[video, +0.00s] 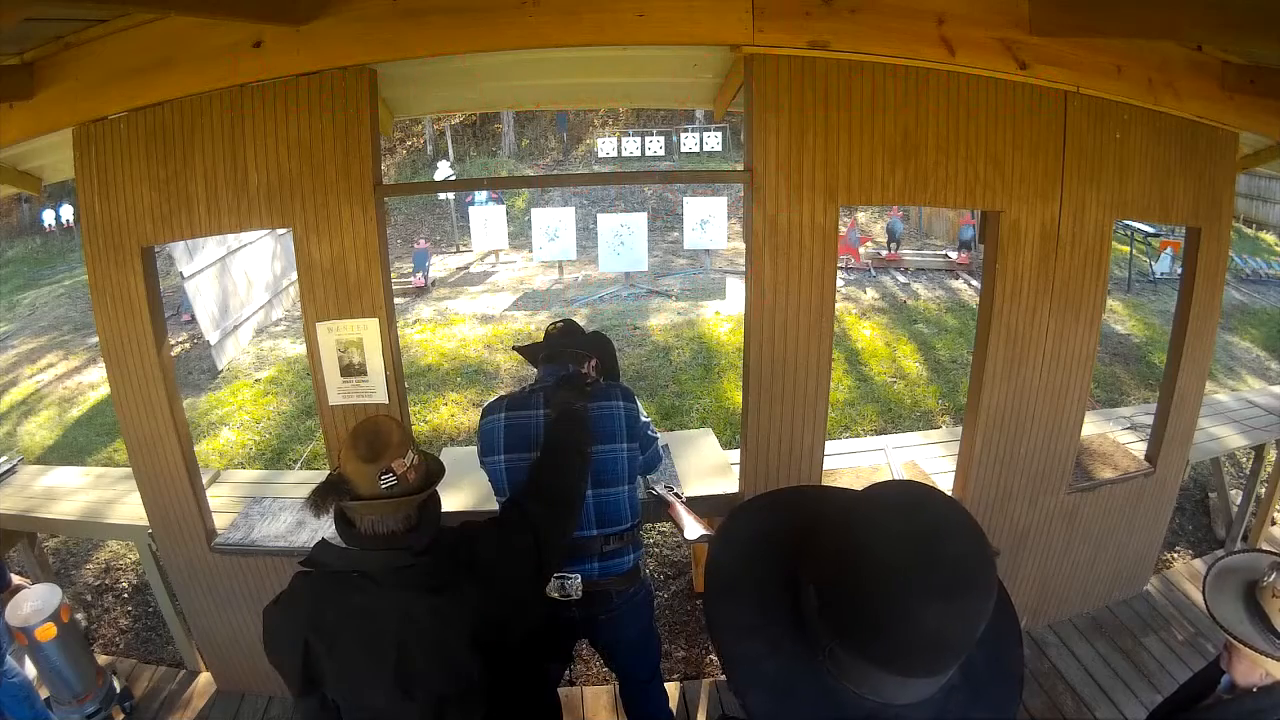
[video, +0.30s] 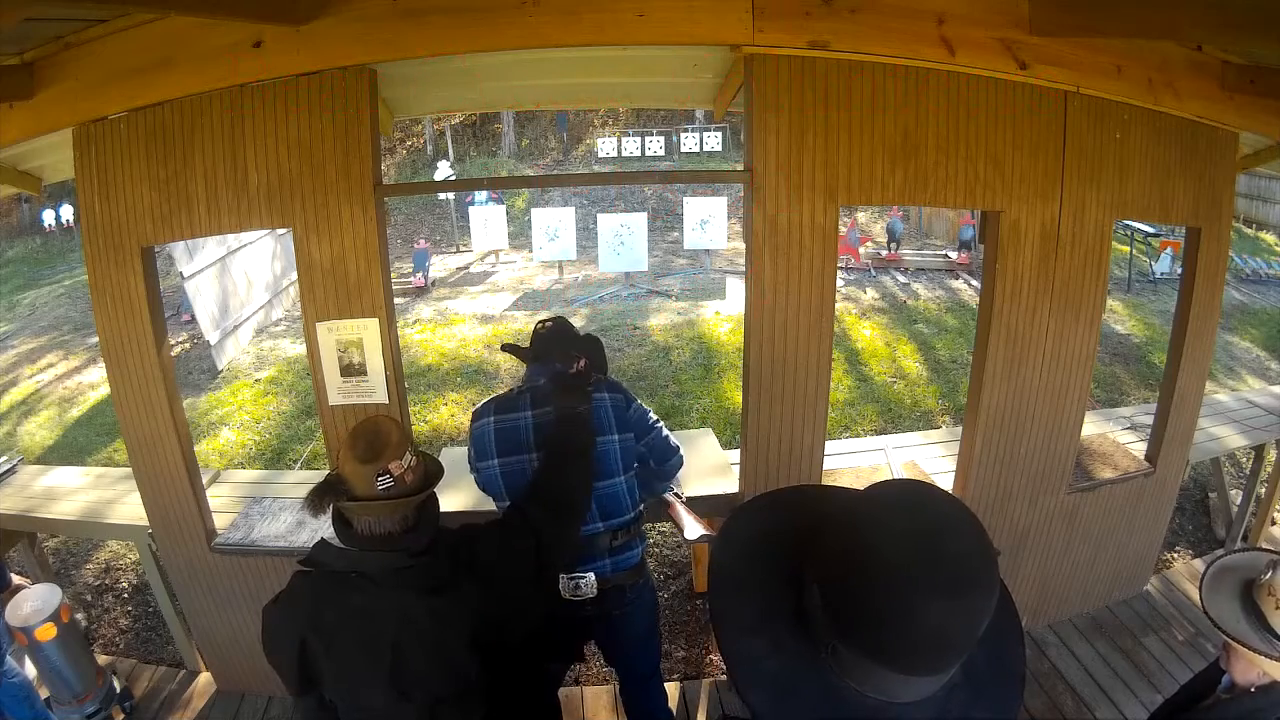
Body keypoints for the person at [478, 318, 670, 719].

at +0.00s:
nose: (598, 372)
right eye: (597, 364)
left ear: (539, 363)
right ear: (589, 364)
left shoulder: (494, 415)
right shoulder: (621, 403)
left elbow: (503, 491)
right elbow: (655, 464)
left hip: (535, 592)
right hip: (617, 590)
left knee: (535, 692)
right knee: (644, 688)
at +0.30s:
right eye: (580, 357)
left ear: (529, 361)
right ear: (579, 358)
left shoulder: (488, 418)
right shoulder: (613, 397)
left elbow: (488, 484)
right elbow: (668, 458)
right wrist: (634, 493)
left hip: (539, 591)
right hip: (623, 585)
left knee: (538, 693)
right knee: (645, 691)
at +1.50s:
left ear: (515, 340)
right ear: (577, 342)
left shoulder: (488, 393)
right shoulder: (599, 388)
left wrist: (525, 346)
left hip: (519, 582)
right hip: (597, 578)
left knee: (530, 692)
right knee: (635, 689)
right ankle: (652, 716)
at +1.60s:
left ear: (515, 342)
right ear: (577, 344)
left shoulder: (488, 393)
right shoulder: (599, 388)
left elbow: (509, 369)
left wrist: (519, 345)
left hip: (519, 582)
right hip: (598, 578)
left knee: (530, 693)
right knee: (635, 689)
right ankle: (653, 716)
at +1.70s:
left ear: (513, 341)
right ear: (577, 342)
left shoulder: (488, 394)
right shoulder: (599, 388)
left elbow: (508, 369)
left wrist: (522, 346)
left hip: (520, 582)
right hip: (598, 578)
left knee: (530, 692)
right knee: (635, 690)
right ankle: (653, 715)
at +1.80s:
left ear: (515, 342)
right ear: (577, 342)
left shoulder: (488, 393)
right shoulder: (599, 388)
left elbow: (510, 371)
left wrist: (520, 346)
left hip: (520, 582)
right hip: (598, 577)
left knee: (530, 692)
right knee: (635, 688)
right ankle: (654, 716)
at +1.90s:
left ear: (516, 341)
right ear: (577, 342)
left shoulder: (488, 393)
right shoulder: (599, 388)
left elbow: (508, 368)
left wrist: (519, 345)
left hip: (519, 582)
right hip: (597, 577)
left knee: (530, 693)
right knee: (635, 689)